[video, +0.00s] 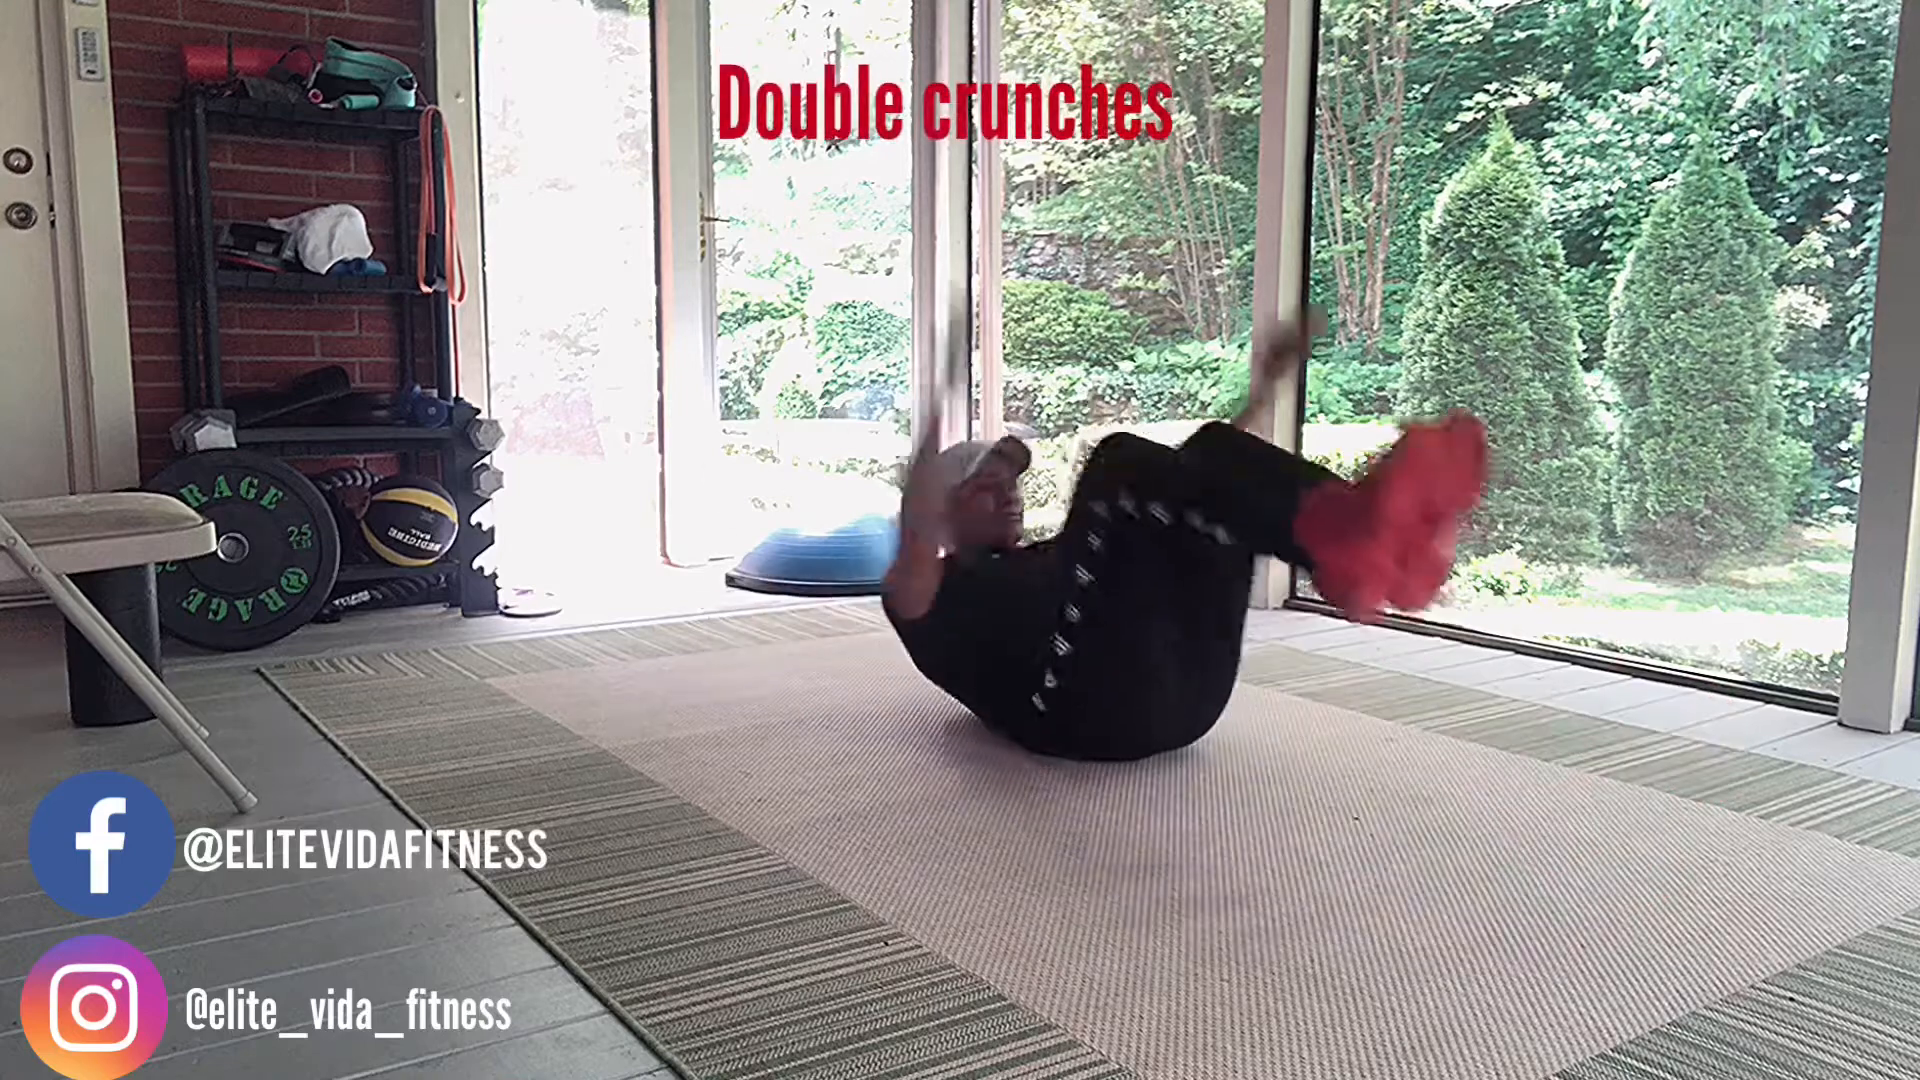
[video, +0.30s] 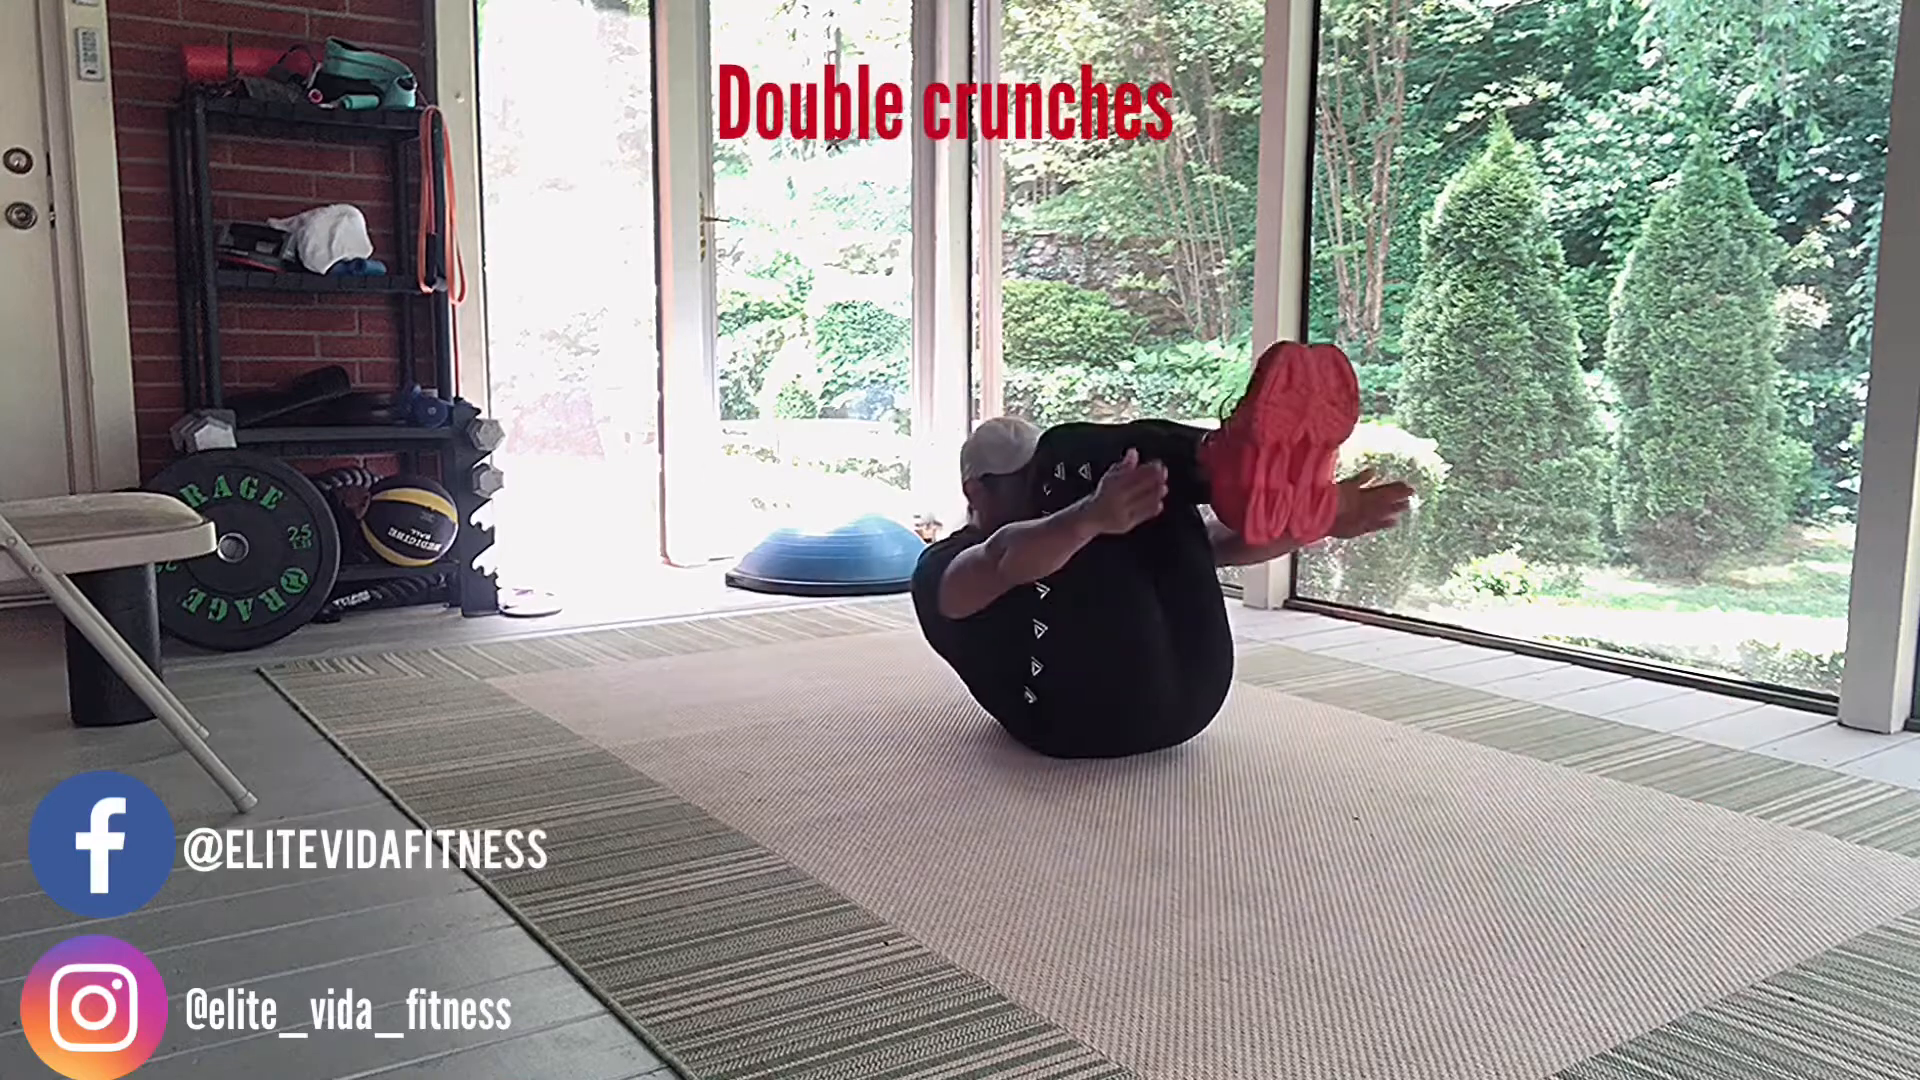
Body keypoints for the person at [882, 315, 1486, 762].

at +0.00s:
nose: (1005, 500)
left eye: (1009, 487)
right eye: (985, 490)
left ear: (1018, 500)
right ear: (944, 513)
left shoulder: (1067, 560)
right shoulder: (934, 599)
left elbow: (1208, 518)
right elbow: (916, 562)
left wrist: (1268, 382)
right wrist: (921, 489)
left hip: (1185, 692)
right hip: (1092, 703)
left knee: (1211, 450)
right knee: (1113, 463)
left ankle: (1373, 551)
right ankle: (1339, 533)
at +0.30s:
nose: (1030, 498)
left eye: (1034, 485)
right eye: (1014, 485)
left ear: (1041, 487)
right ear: (976, 490)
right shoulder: (939, 569)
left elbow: (1215, 545)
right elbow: (1002, 559)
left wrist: (1322, 516)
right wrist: (1090, 517)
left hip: (1189, 693)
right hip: (1089, 706)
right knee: (1061, 455)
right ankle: (1225, 462)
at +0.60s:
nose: (1005, 494)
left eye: (1008, 480)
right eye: (987, 481)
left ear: (1010, 496)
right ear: (942, 496)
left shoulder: (1056, 566)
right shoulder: (924, 597)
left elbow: (1190, 536)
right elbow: (941, 507)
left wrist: (1270, 422)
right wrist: (981, 395)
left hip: (1181, 693)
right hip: (1096, 701)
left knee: (1202, 442)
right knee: (1110, 452)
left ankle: (1354, 513)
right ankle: (1303, 511)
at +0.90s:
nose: (954, 528)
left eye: (961, 519)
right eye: (933, 525)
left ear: (985, 536)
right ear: (904, 555)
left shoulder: (1048, 579)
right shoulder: (907, 615)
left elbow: (1094, 491)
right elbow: (842, 505)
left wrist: (1096, 376)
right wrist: (808, 398)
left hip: (1171, 699)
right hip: (1098, 710)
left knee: (1312, 544)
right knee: (1222, 549)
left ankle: (1502, 638)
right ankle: (1460, 631)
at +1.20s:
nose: (922, 555)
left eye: (926, 548)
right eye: (898, 562)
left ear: (951, 556)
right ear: (873, 591)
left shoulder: (1004, 598)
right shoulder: (882, 630)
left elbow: (1034, 558)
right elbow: (796, 561)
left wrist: (990, 479)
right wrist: (746, 493)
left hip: (1139, 645)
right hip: (1077, 692)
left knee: (1332, 649)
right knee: (1275, 676)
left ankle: (1576, 762)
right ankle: (1547, 758)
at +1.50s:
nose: (918, 568)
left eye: (922, 565)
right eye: (897, 577)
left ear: (938, 572)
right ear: (877, 608)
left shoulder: (1005, 587)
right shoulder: (875, 647)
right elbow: (740, 601)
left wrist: (940, 552)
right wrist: (787, 585)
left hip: (1151, 637)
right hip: (1078, 682)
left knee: (1334, 688)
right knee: (1274, 734)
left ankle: (1576, 815)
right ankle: (1545, 817)